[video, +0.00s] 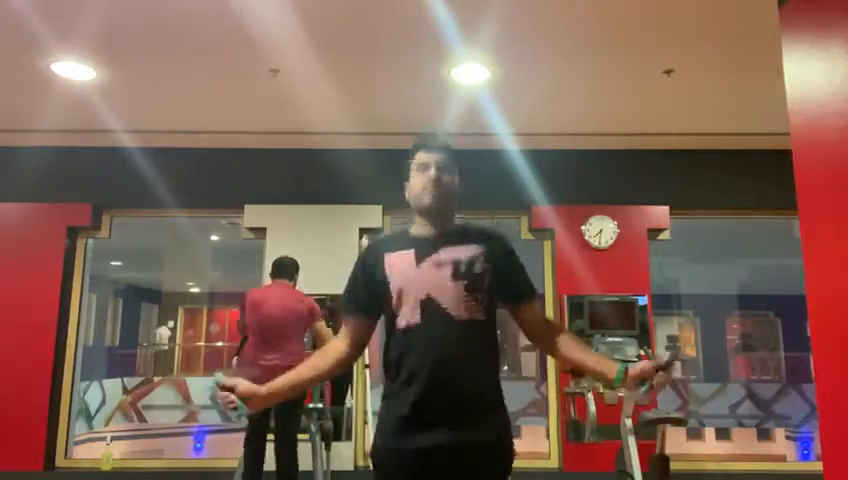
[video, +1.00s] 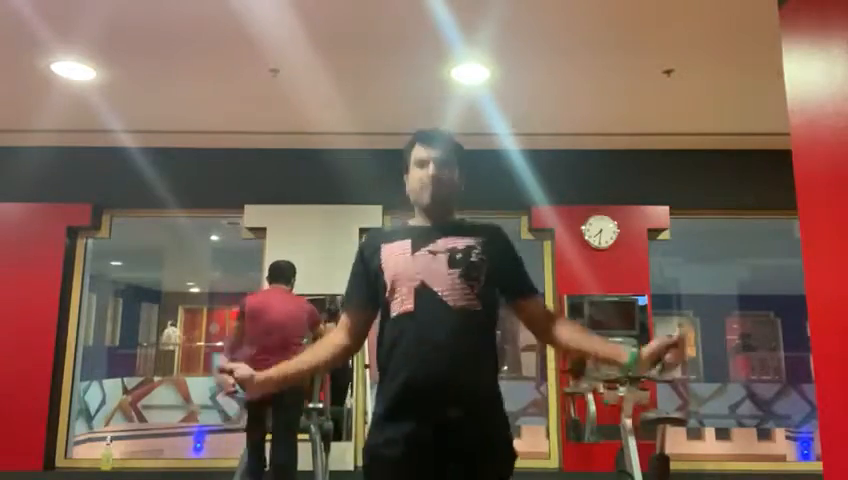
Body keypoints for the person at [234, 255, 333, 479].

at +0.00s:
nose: (294, 280)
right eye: (295, 276)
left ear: (270, 275)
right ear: (295, 277)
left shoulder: (251, 296)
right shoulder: (306, 302)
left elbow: (243, 330)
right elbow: (324, 340)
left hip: (254, 374)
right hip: (292, 375)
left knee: (255, 435)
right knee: (287, 440)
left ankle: (251, 476)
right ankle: (287, 476)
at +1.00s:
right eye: (293, 280)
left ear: (268, 280)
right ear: (293, 282)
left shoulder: (250, 302)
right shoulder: (305, 307)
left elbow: (236, 341)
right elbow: (320, 341)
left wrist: (228, 361)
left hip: (257, 378)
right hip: (292, 378)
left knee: (255, 430)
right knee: (286, 435)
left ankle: (255, 473)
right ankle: (283, 474)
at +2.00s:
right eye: (294, 277)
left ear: (268, 277)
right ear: (294, 278)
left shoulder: (251, 299)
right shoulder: (304, 303)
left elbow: (231, 339)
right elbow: (324, 336)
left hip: (253, 379)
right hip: (286, 380)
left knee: (254, 432)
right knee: (284, 437)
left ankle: (256, 473)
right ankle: (283, 475)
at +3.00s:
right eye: (290, 276)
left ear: (264, 275)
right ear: (289, 276)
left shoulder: (243, 298)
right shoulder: (300, 300)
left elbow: (226, 338)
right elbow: (320, 329)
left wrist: (246, 344)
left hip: (250, 381)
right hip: (284, 381)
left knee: (254, 444)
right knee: (286, 441)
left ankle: (254, 477)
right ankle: (284, 476)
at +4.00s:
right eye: (288, 281)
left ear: (263, 279)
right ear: (287, 282)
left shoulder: (245, 303)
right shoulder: (295, 306)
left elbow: (227, 336)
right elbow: (314, 339)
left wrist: (252, 335)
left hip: (248, 376)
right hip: (283, 376)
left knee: (248, 435)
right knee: (293, 426)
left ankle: (245, 475)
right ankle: (291, 470)